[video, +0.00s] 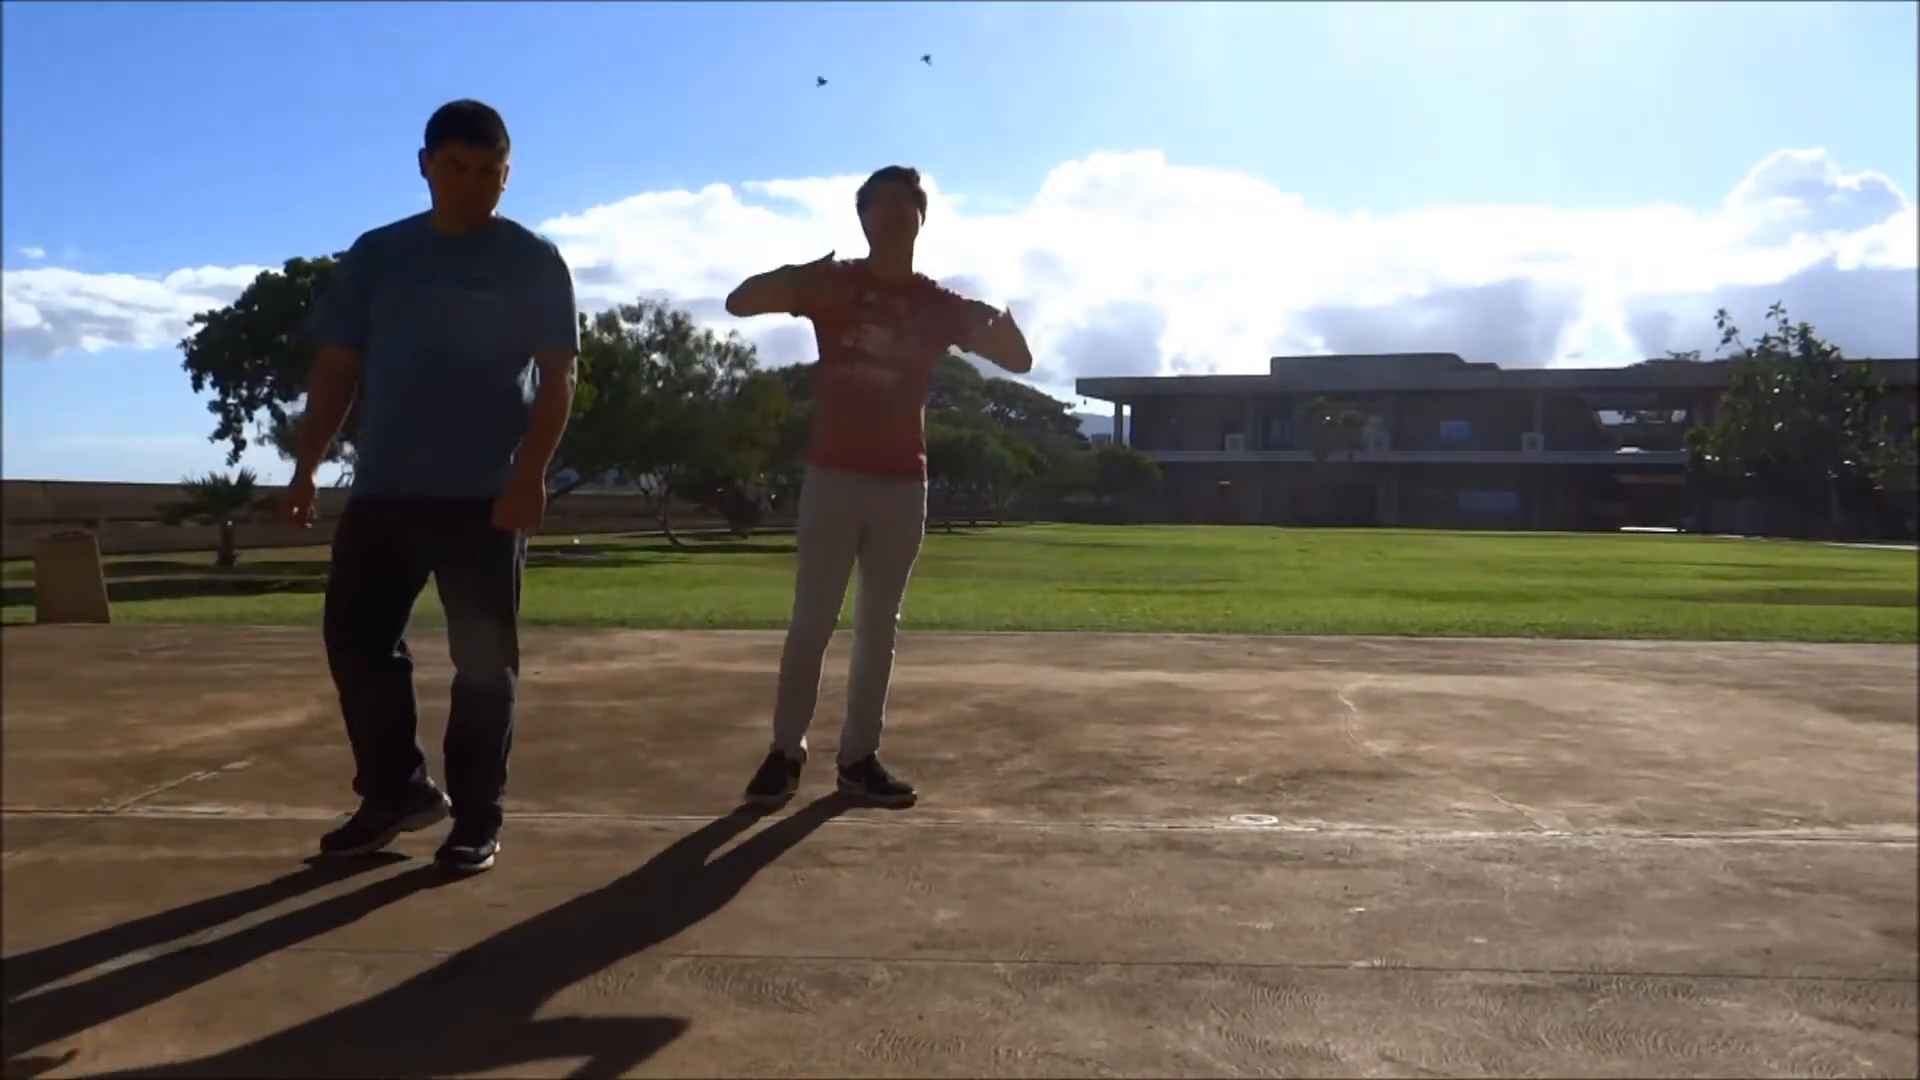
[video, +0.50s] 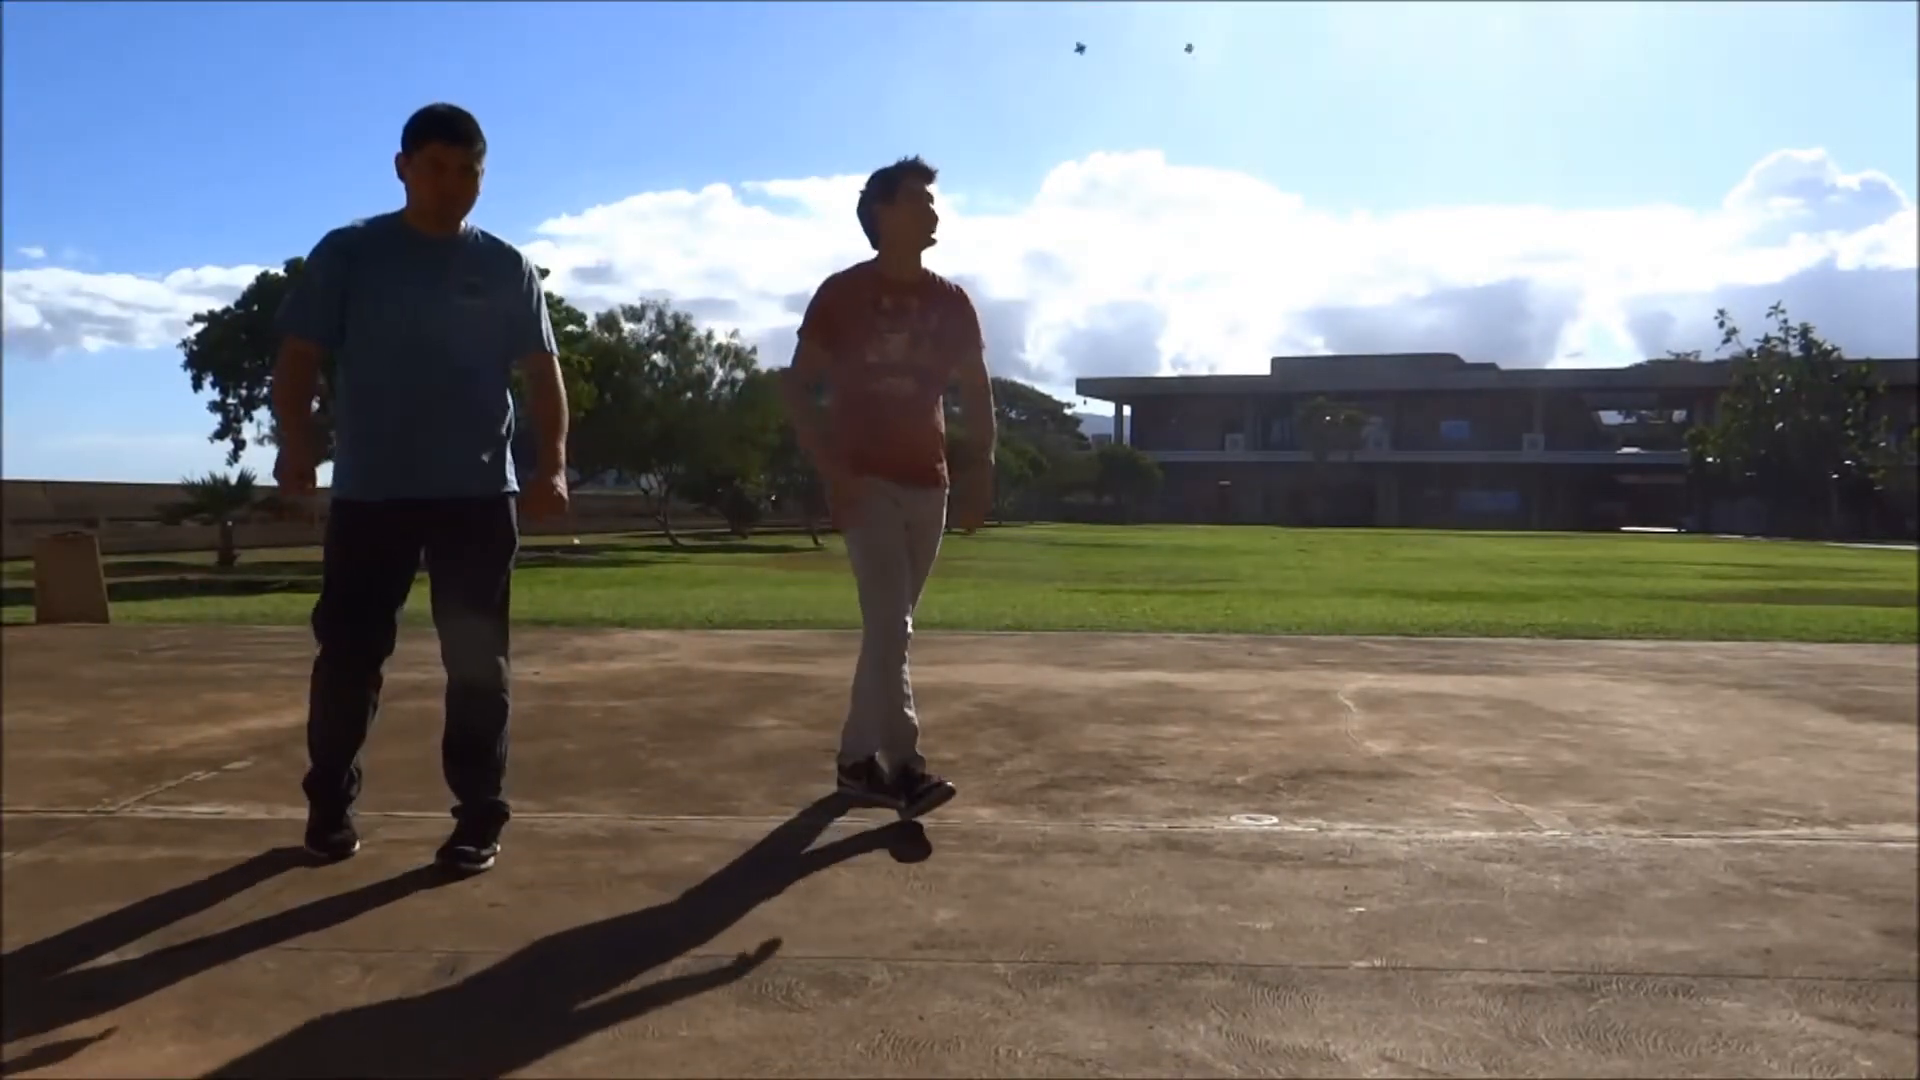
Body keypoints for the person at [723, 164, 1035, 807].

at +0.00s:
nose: (897, 217)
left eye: (907, 207)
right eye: (885, 207)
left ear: (922, 217)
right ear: (863, 218)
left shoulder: (939, 303)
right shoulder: (832, 285)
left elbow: (1018, 360)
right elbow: (740, 302)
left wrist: (1001, 321)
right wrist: (807, 275)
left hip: (901, 484)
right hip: (831, 477)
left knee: (879, 629)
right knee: (810, 623)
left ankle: (859, 761)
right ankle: (786, 754)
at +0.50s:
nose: (933, 209)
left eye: (931, 199)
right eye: (918, 200)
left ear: (925, 214)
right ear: (878, 215)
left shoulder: (952, 300)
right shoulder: (841, 293)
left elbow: (979, 393)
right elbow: (796, 387)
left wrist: (981, 468)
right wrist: (828, 466)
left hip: (930, 484)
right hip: (863, 481)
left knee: (893, 622)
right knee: (889, 621)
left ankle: (857, 756)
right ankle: (904, 763)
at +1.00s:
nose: (968, 193)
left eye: (964, 182)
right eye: (955, 183)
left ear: (936, 198)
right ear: (915, 196)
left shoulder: (971, 283)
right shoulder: (864, 283)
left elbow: (1007, 376)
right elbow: (821, 388)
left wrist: (1056, 456)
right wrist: (807, 487)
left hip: (960, 477)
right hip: (899, 477)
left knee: (932, 626)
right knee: (920, 624)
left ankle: (868, 738)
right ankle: (920, 784)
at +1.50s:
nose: (999, 188)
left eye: (995, 175)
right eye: (984, 176)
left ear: (969, 191)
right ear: (939, 190)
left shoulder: (987, 282)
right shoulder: (892, 275)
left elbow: (998, 392)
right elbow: (859, 390)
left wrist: (1028, 485)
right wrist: (873, 487)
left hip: (994, 486)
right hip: (929, 489)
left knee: (1020, 624)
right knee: (934, 640)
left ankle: (944, 745)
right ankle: (924, 789)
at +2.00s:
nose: (1048, 188)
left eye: (1043, 175)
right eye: (1035, 176)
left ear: (1011, 191)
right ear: (996, 191)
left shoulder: (1005, 285)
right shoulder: (951, 271)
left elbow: (1001, 391)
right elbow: (941, 388)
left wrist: (1018, 474)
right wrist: (994, 471)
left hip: (1007, 478)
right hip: (956, 481)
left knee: (1046, 630)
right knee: (953, 638)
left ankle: (1081, 787)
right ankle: (926, 791)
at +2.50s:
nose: (1130, 185)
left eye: (1125, 175)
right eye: (1117, 175)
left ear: (1091, 192)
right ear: (1082, 190)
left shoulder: (1076, 279)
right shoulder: (1043, 264)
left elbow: (1076, 388)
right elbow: (1043, 375)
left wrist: (1095, 480)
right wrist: (1079, 477)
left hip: (1078, 480)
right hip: (1032, 479)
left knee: (1087, 642)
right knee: (1006, 633)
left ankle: (1093, 799)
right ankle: (932, 776)